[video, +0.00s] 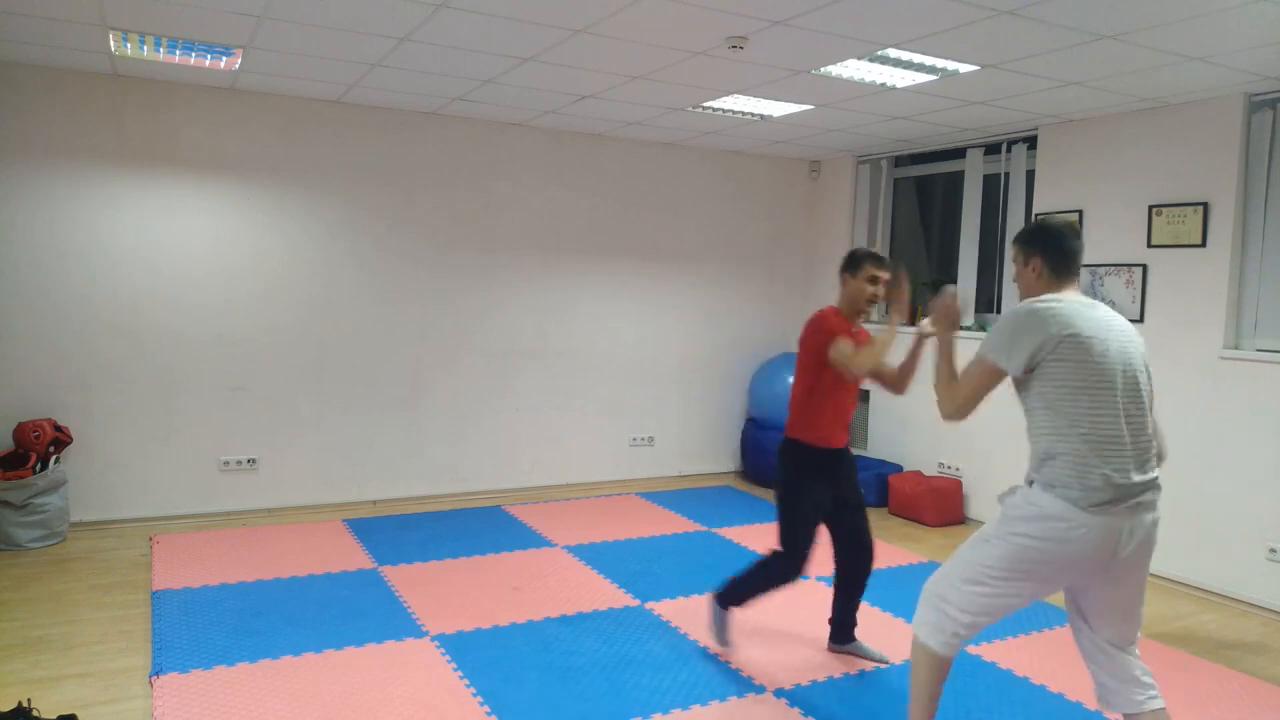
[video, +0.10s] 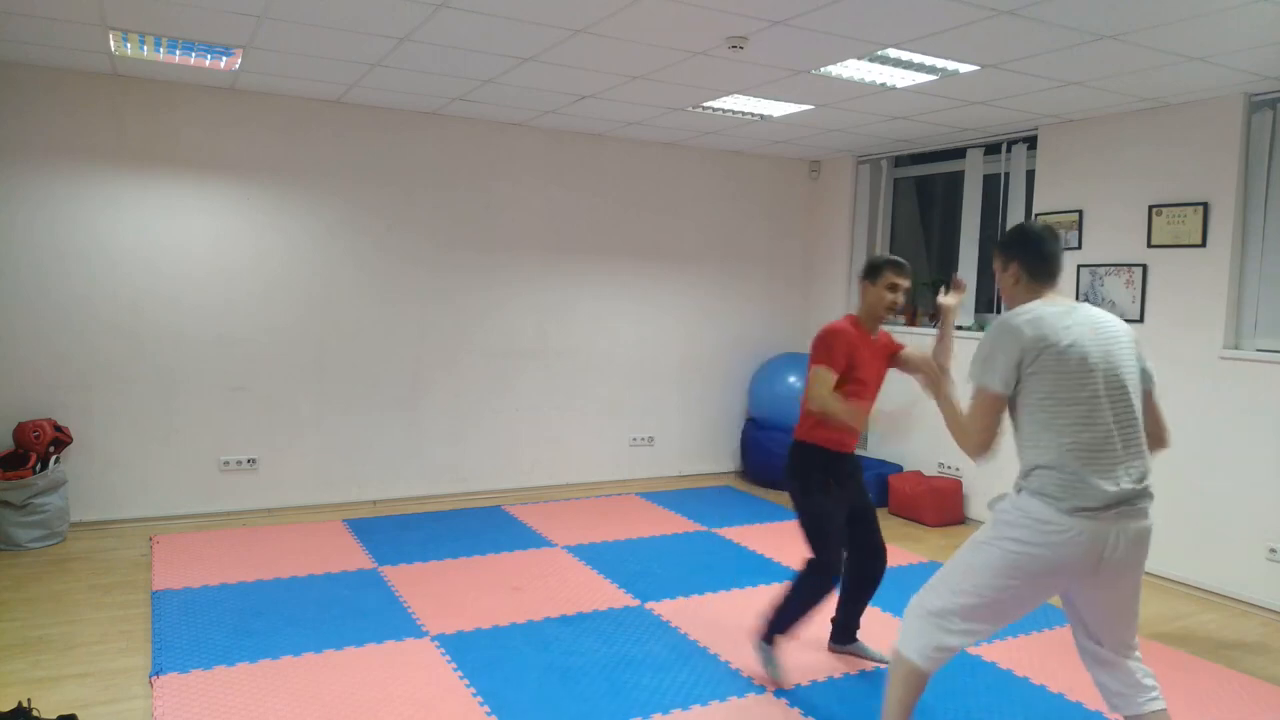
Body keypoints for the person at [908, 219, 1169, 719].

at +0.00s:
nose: (1015, 277)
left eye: (1018, 266)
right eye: (1016, 266)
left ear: (1035, 265)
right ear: (1073, 268)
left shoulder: (1031, 316)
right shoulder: (1121, 326)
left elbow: (953, 405)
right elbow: (1154, 447)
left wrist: (943, 333)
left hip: (1060, 518)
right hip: (1136, 522)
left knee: (944, 603)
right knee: (1116, 651)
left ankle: (919, 713)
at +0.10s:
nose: (997, 282)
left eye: (997, 271)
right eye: (996, 272)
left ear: (1012, 271)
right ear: (1054, 270)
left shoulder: (1015, 326)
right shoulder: (1114, 327)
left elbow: (976, 441)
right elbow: (1156, 437)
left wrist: (936, 383)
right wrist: (1081, 442)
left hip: (1046, 527)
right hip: (1127, 529)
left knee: (929, 622)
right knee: (1118, 657)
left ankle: (894, 713)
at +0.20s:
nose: (970, 290)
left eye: (971, 280)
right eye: (970, 281)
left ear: (985, 279)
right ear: (1032, 278)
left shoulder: (988, 342)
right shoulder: (1084, 330)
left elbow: (991, 462)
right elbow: (1079, 426)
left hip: (1026, 538)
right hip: (1106, 537)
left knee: (906, 625)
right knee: (1099, 662)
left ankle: (880, 713)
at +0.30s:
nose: (952, 301)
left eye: (954, 288)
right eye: (951, 288)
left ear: (974, 287)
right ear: (1021, 283)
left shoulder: (967, 343)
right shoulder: (1067, 333)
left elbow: (919, 453)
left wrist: (946, 392)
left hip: (989, 542)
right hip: (1076, 548)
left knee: (892, 628)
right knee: (1093, 674)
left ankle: (876, 714)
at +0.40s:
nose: (948, 283)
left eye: (950, 273)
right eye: (946, 274)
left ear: (958, 275)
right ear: (1018, 273)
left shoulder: (940, 328)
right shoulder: (1054, 319)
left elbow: (882, 399)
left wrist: (924, 420)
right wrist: (959, 268)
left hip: (963, 540)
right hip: (1058, 542)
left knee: (891, 642)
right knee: (1083, 669)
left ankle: (876, 717)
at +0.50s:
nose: (929, 263)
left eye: (930, 254)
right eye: (930, 254)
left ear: (940, 254)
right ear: (1004, 254)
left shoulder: (912, 315)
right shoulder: (1043, 302)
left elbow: (911, 405)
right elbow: (1028, 391)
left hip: (954, 539)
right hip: (1053, 537)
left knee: (890, 663)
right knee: (1060, 686)